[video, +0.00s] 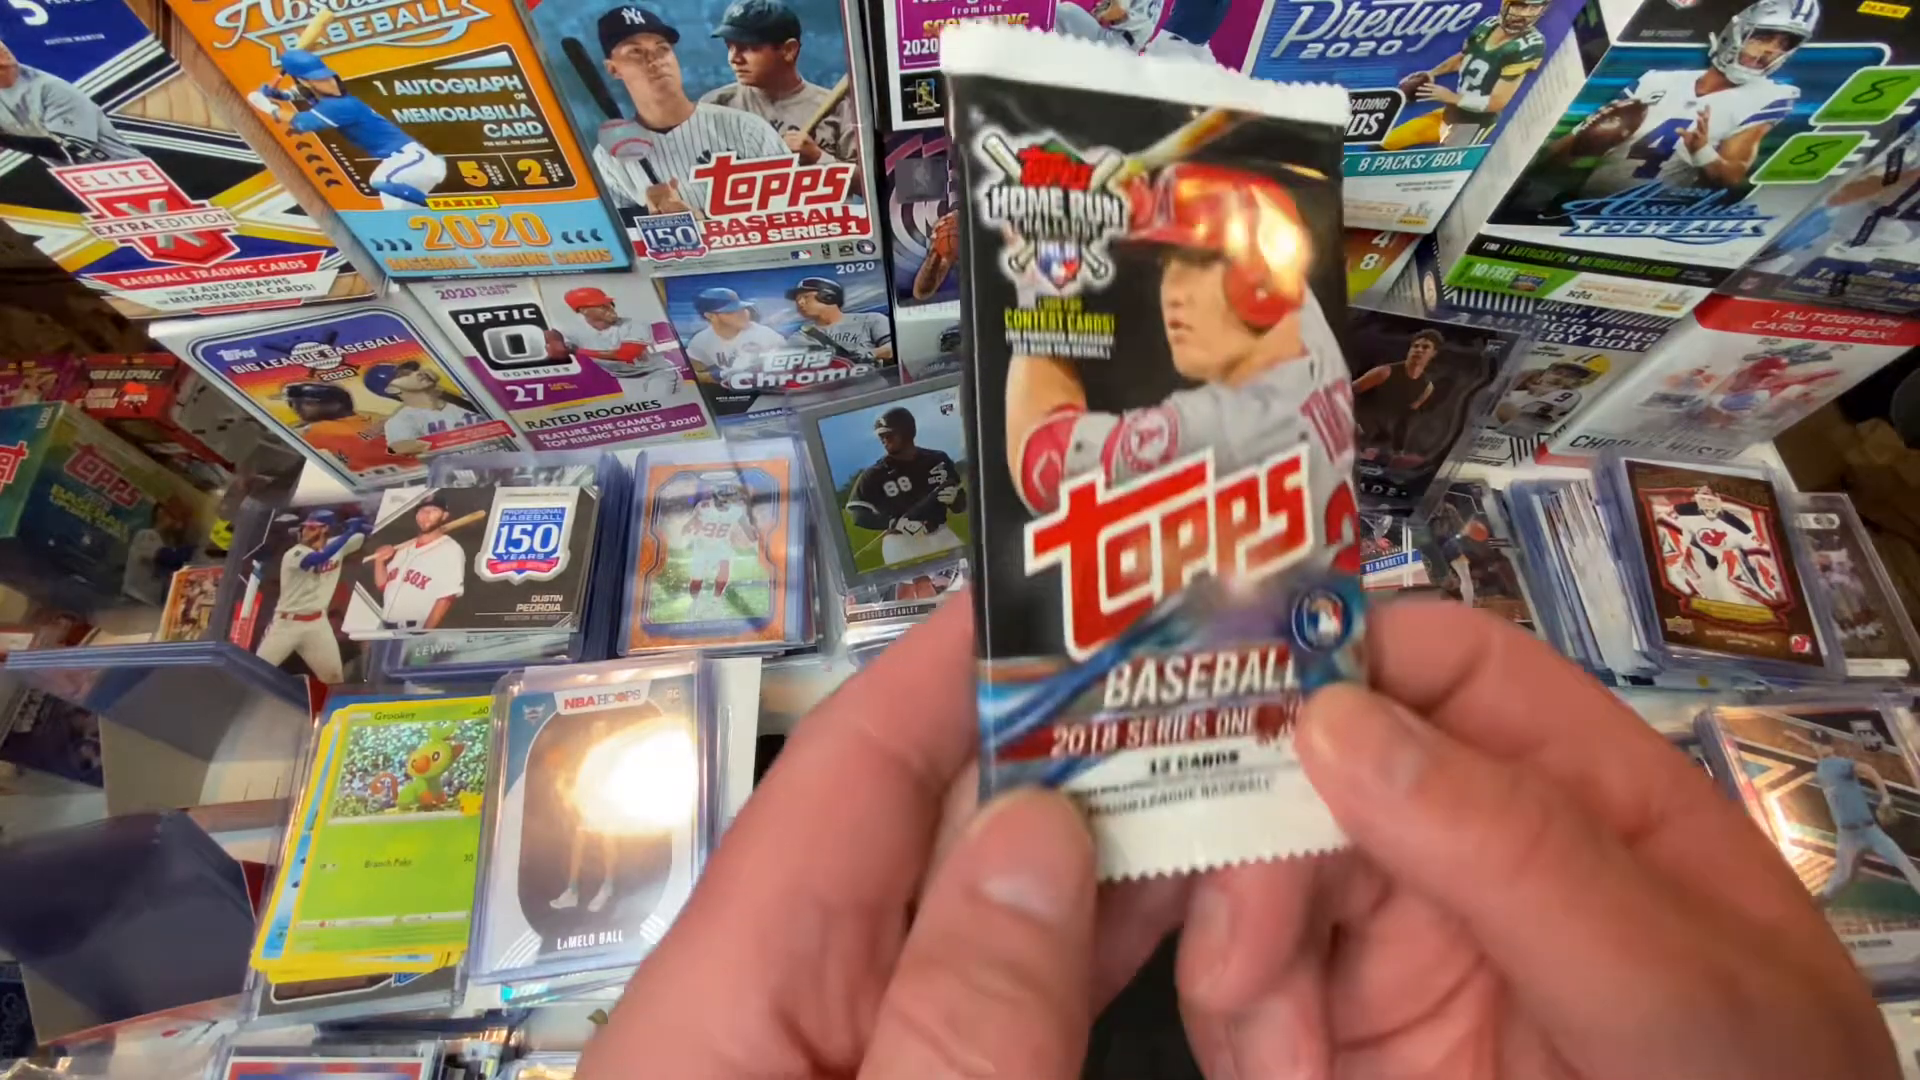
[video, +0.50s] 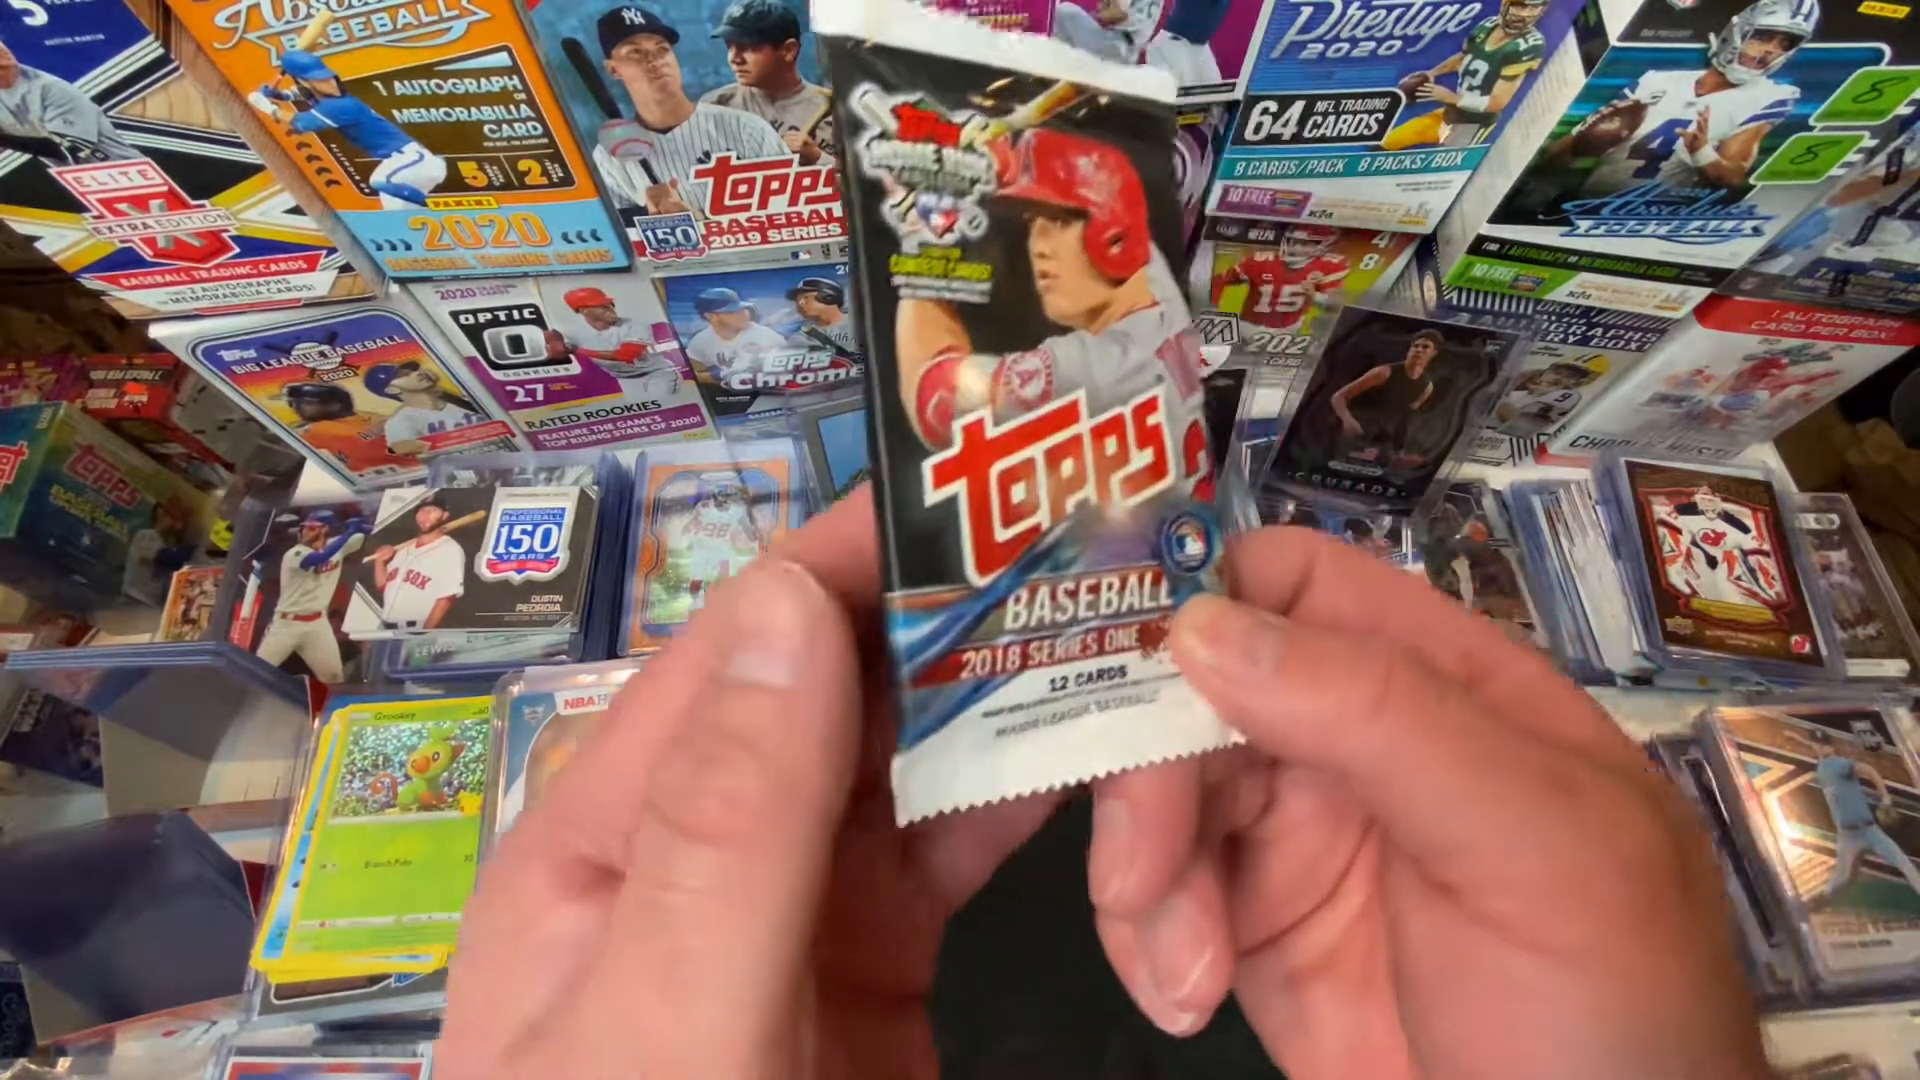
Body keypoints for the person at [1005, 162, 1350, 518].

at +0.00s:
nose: (1171, 294)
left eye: (1199, 263)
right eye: (1168, 265)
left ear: (1265, 287)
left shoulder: (1217, 429)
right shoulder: (1320, 374)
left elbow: (1044, 455)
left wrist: (1041, 296)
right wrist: (1154, 200)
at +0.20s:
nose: (1149, 214)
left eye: (1175, 190)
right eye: (1147, 189)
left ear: (1233, 210)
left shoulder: (1200, 339)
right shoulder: (1281, 290)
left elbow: (1043, 361)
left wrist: (1033, 213)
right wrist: (1132, 129)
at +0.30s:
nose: (1128, 207)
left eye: (1154, 182)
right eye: (1125, 182)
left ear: (1211, 201)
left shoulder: (1178, 330)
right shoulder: (1259, 283)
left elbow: (1024, 350)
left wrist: (1016, 203)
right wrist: (1113, 125)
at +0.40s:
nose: (1097, 208)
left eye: (1121, 185)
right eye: (1093, 185)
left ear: (1179, 203)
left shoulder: (1148, 329)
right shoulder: (1227, 281)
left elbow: (993, 350)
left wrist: (983, 205)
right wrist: (1075, 122)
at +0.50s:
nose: (1038, 247)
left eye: (1061, 223)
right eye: (1034, 226)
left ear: (1119, 238)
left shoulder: (1091, 368)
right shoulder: (1165, 318)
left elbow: (935, 394)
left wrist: (923, 249)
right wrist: (1002, 162)